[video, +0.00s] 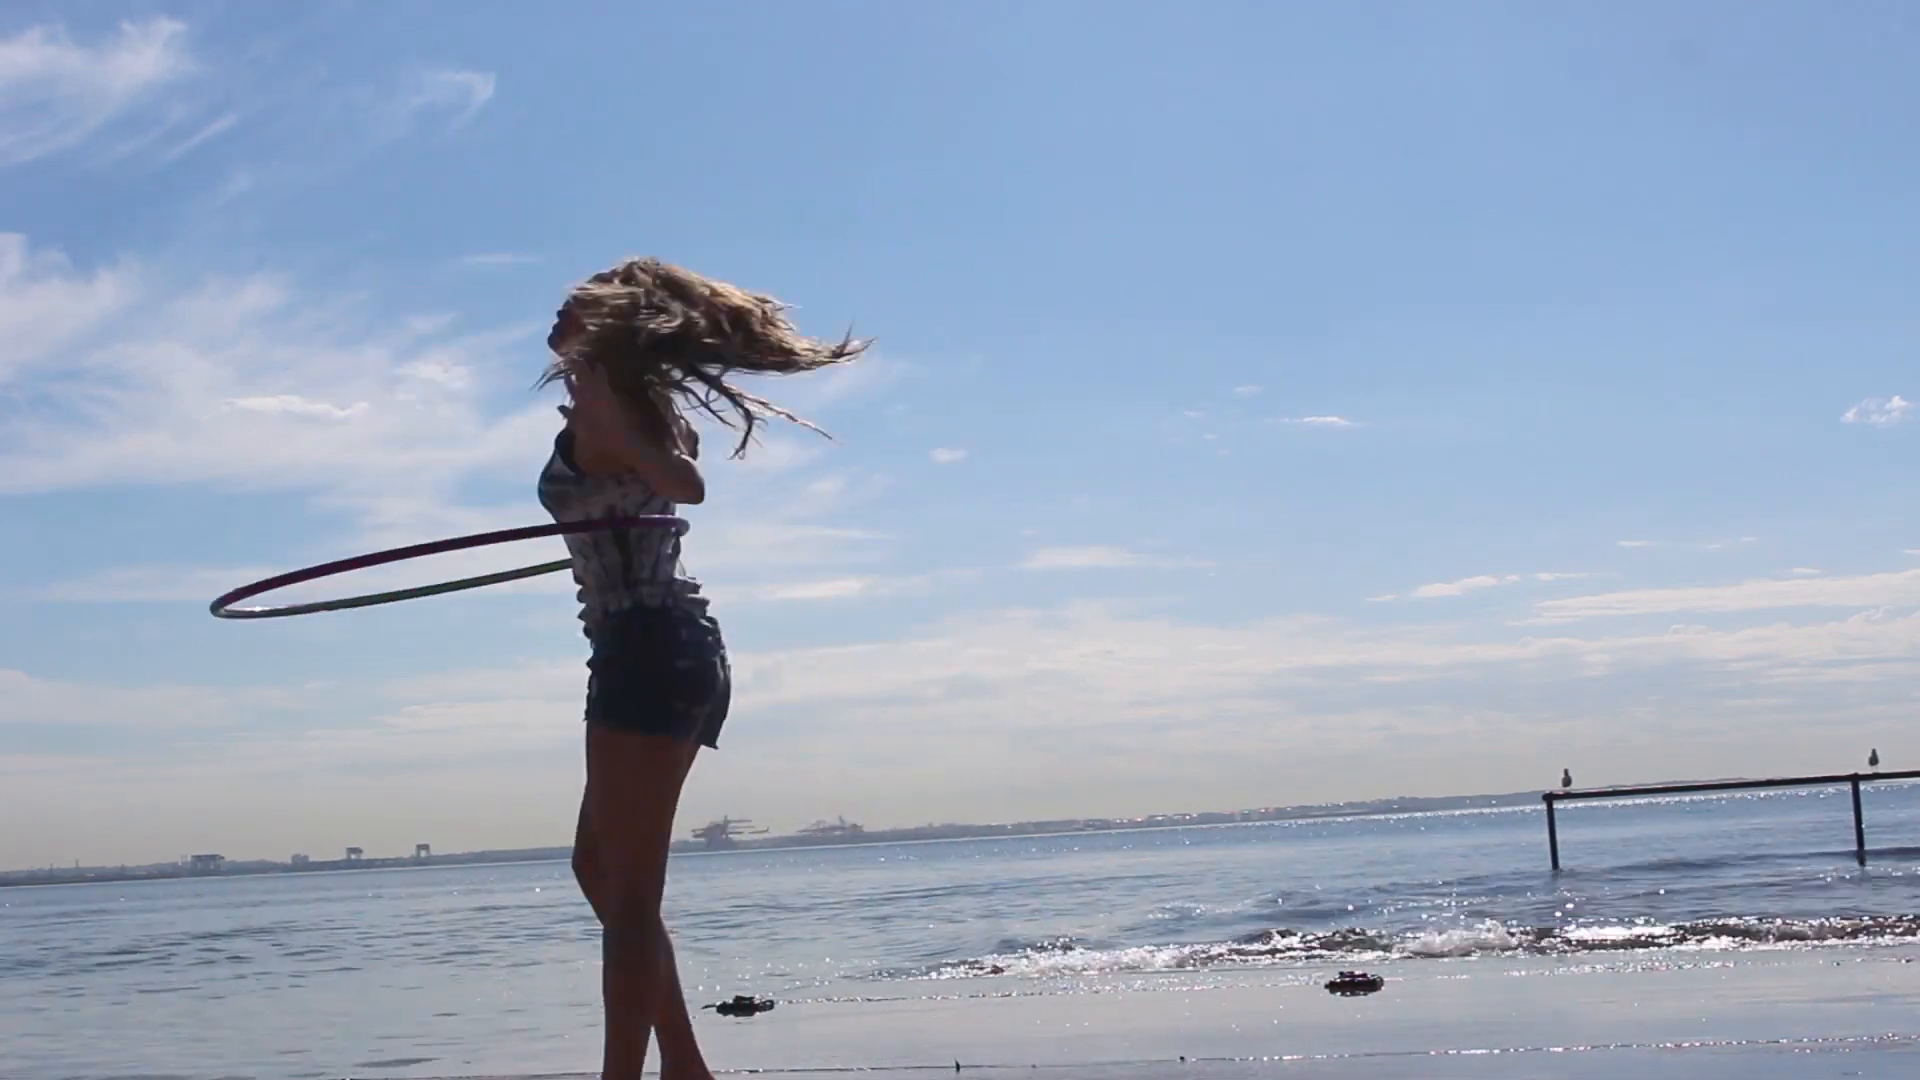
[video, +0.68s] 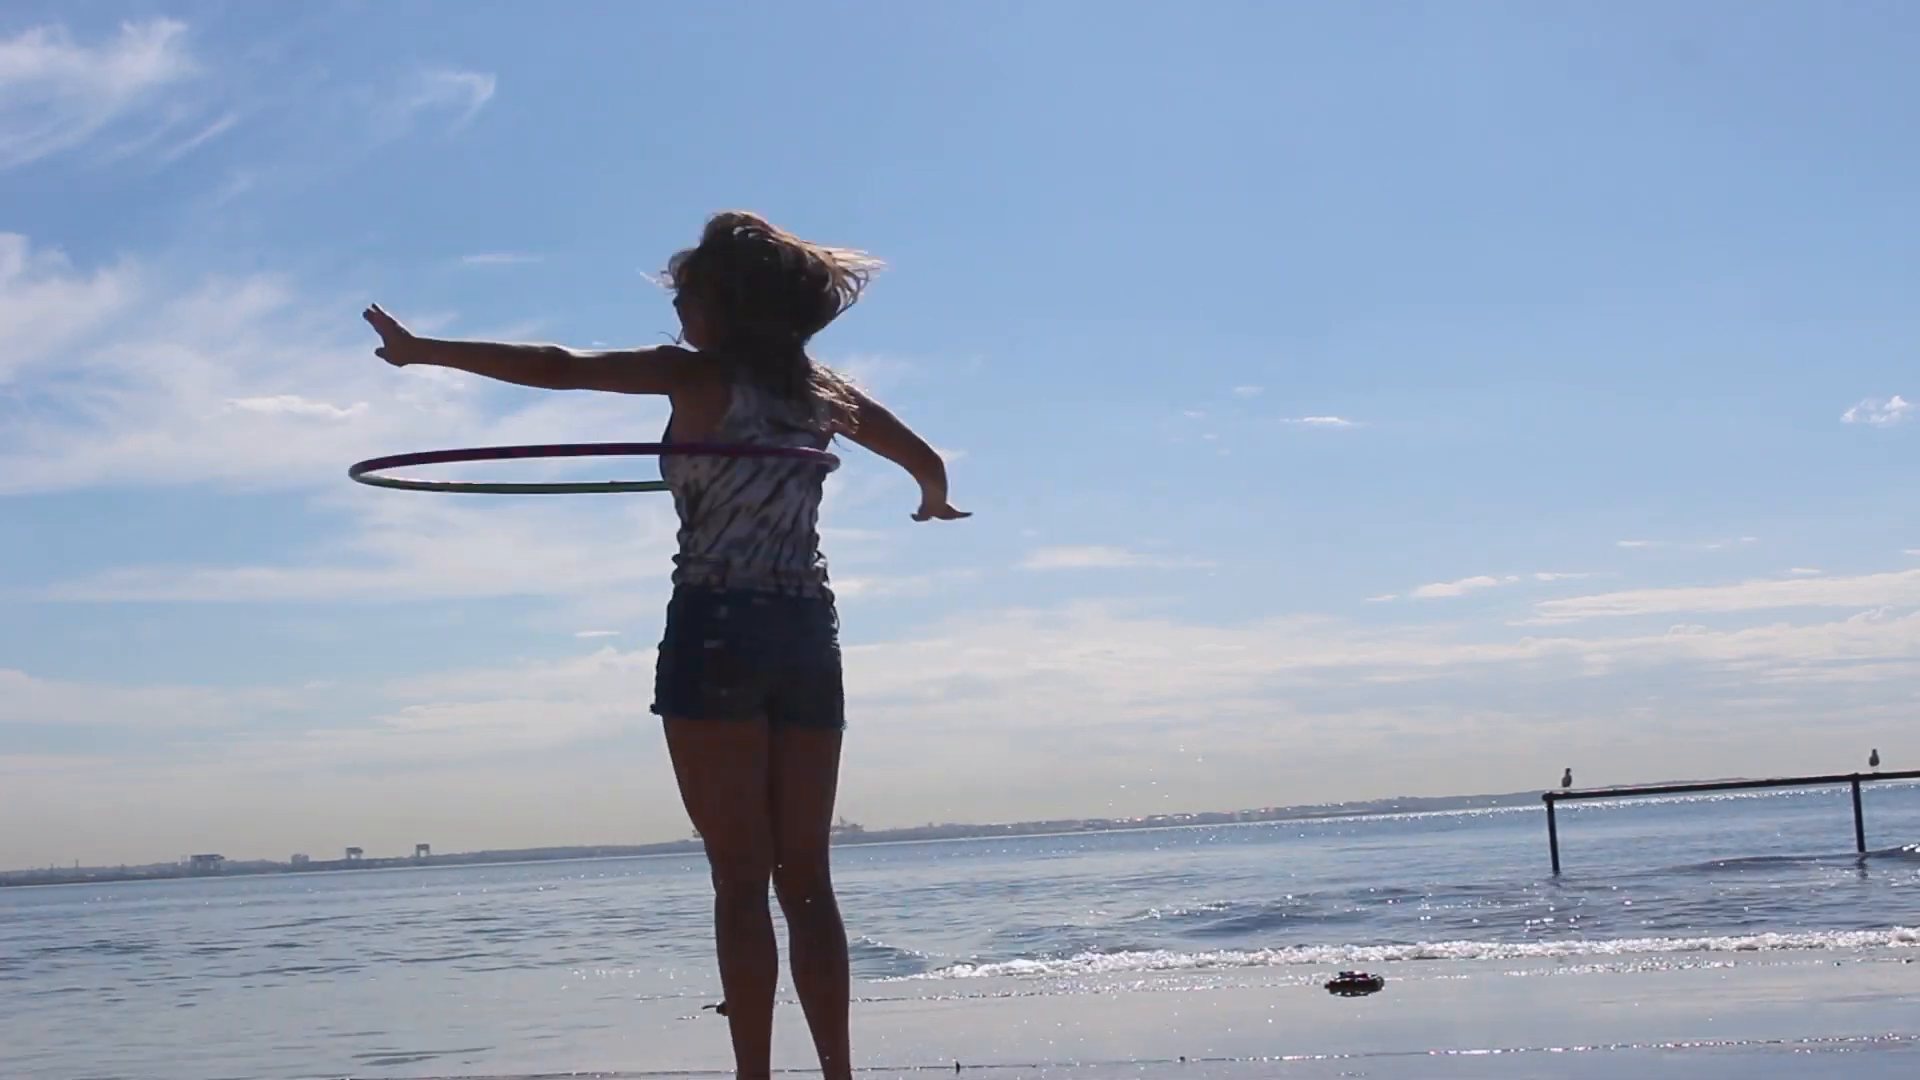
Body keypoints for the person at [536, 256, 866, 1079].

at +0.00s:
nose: (560, 321)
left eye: (576, 311)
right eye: (566, 307)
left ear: (607, 329)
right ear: (617, 333)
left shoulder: (614, 402)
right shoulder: (603, 402)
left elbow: (686, 483)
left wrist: (616, 453)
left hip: (649, 651)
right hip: (660, 646)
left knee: (632, 884)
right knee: (597, 864)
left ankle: (623, 1072)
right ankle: (684, 1063)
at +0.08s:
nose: (652, 271)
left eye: (671, 277)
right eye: (666, 265)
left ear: (677, 315)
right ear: (638, 300)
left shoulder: (667, 383)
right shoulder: (583, 380)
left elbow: (761, 421)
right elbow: (562, 425)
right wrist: (503, 348)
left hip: (684, 643)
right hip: (611, 654)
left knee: (654, 860)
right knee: (614, 866)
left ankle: (649, 1070)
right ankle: (695, 1067)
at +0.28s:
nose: (763, 311)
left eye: (763, 299)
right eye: (746, 298)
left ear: (741, 327)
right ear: (694, 317)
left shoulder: (756, 418)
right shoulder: (629, 394)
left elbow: (816, 467)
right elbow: (487, 398)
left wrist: (891, 472)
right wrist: (425, 298)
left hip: (723, 679)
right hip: (631, 677)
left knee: (761, 875)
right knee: (650, 897)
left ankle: (722, 1072)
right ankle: (622, 1054)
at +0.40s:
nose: (785, 354)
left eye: (781, 338)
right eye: (775, 339)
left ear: (715, 343)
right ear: (750, 347)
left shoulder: (706, 437)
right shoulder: (708, 412)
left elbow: (622, 518)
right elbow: (593, 392)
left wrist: (586, 519)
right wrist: (517, 293)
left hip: (707, 687)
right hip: (679, 685)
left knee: (778, 888)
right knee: (779, 886)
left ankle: (721, 1075)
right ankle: (641, 1064)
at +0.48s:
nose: (783, 329)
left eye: (781, 317)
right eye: (773, 318)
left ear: (712, 337)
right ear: (749, 334)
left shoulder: (674, 429)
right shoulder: (763, 427)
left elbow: (568, 490)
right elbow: (761, 432)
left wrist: (485, 483)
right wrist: (753, 380)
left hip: (654, 686)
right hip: (714, 682)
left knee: (759, 887)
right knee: (821, 874)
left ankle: (720, 1072)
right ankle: (787, 1069)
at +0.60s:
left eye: (712, 296)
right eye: (794, 312)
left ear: (699, 314)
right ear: (792, 323)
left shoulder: (655, 388)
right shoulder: (811, 402)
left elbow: (523, 395)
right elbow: (927, 470)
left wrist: (428, 379)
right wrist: (1047, 532)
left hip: (684, 647)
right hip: (788, 644)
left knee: (725, 876)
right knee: (809, 881)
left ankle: (732, 1071)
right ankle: (840, 1068)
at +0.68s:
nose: (678, 309)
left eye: (688, 294)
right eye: (680, 294)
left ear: (728, 300)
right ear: (772, 304)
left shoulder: (696, 372)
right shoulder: (823, 389)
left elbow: (556, 367)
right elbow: (922, 455)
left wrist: (420, 351)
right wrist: (937, 497)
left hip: (715, 635)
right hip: (809, 637)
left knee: (739, 875)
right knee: (809, 877)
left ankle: (754, 1073)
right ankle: (841, 1071)